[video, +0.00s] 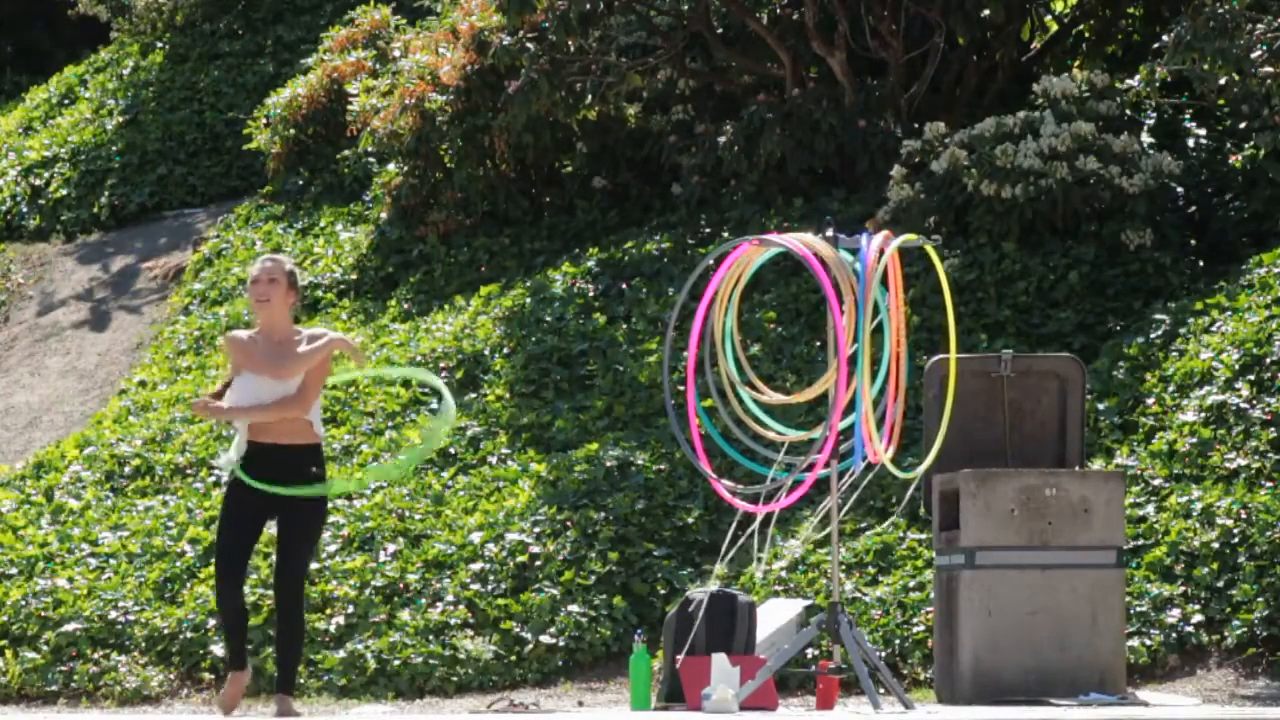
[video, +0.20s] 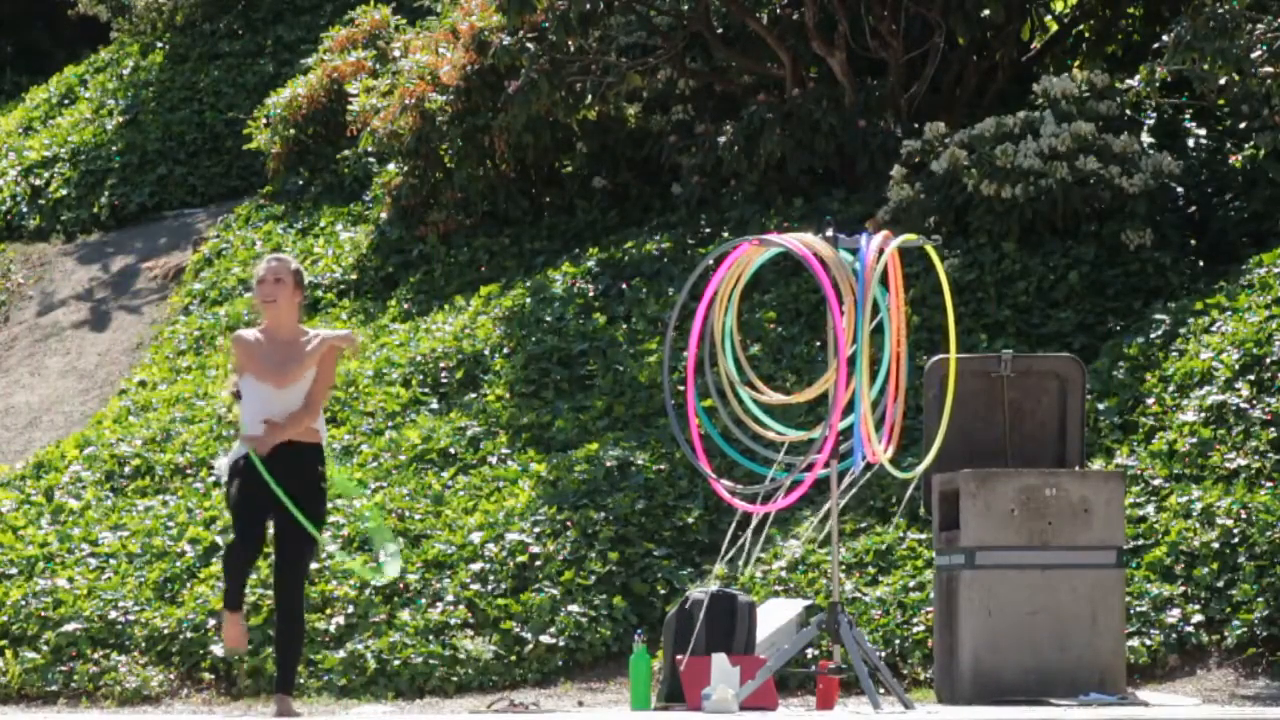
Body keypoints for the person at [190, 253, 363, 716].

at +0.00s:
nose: (258, 287)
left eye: (269, 281)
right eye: (253, 280)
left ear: (291, 293)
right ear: (246, 291)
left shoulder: (318, 343)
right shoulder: (236, 342)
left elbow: (302, 406)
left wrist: (232, 413)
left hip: (302, 467)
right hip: (253, 464)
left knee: (288, 584)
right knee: (226, 572)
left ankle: (285, 694)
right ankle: (237, 668)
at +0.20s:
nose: (266, 286)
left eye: (277, 280)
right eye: (262, 280)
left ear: (299, 292)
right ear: (253, 292)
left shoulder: (324, 345)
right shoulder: (244, 342)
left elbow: (313, 410)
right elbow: (263, 375)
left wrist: (276, 431)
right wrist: (323, 343)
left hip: (303, 456)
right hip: (253, 456)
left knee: (290, 579)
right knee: (247, 539)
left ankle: (284, 694)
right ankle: (232, 608)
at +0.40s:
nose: (273, 288)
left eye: (284, 281)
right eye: (269, 281)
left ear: (305, 291)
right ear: (262, 289)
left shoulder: (329, 340)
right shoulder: (249, 336)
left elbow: (324, 407)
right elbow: (260, 379)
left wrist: (312, 456)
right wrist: (296, 336)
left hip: (303, 455)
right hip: (256, 449)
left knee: (289, 584)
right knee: (283, 504)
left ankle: (283, 693)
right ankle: (230, 544)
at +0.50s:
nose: (276, 288)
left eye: (287, 281)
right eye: (271, 281)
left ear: (309, 290)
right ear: (264, 290)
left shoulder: (332, 346)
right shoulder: (250, 336)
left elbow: (329, 410)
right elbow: (247, 381)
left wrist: (328, 472)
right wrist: (279, 341)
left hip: (307, 456)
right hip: (258, 448)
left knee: (289, 586)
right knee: (285, 499)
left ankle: (284, 694)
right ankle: (225, 530)